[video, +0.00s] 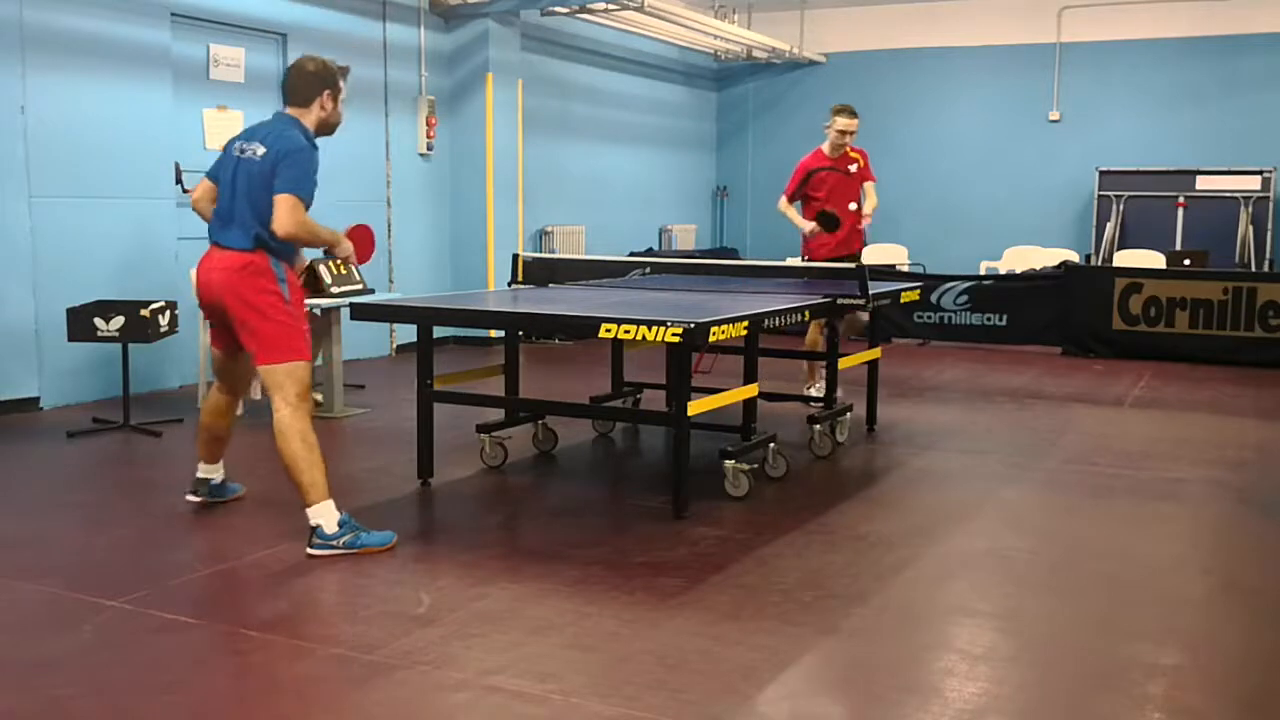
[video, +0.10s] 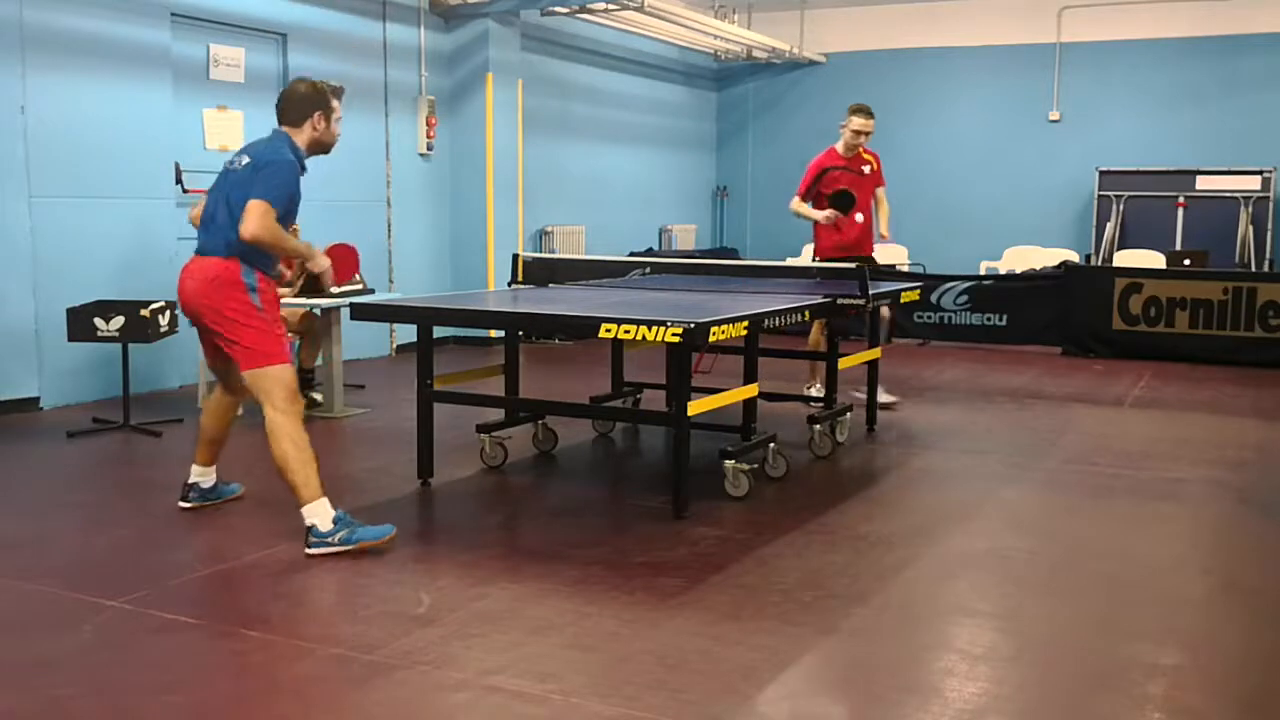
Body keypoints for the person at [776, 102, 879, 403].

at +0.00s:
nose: (846, 139)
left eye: (851, 134)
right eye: (840, 132)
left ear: (856, 133)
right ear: (828, 129)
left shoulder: (858, 157)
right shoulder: (810, 163)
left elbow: (870, 193)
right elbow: (784, 203)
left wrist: (866, 210)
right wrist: (802, 224)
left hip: (851, 252)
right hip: (820, 254)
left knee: (856, 317)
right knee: (819, 321)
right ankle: (813, 382)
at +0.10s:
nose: (861, 140)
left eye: (866, 134)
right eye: (856, 133)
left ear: (871, 134)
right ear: (843, 128)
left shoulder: (871, 160)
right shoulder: (822, 162)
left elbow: (880, 198)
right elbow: (795, 204)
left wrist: (883, 229)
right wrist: (818, 215)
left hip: (863, 256)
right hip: (829, 257)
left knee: (880, 315)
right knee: (822, 321)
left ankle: (872, 383)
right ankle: (813, 382)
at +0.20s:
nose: (876, 141)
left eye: (881, 136)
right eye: (871, 134)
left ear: (886, 136)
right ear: (858, 129)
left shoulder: (886, 164)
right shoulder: (839, 163)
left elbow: (892, 204)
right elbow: (814, 206)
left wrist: (896, 243)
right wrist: (831, 215)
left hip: (876, 258)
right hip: (842, 260)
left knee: (892, 320)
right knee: (830, 323)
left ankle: (910, 388)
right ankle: (815, 383)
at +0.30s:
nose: (889, 143)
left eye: (895, 137)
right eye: (885, 136)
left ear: (901, 137)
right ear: (872, 131)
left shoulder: (902, 166)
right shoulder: (855, 167)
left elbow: (903, 212)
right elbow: (834, 207)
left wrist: (908, 257)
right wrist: (846, 224)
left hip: (895, 264)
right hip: (860, 266)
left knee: (912, 324)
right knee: (849, 326)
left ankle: (921, 393)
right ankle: (819, 381)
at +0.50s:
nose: (910, 137)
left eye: (917, 131)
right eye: (905, 131)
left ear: (924, 130)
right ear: (895, 128)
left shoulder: (931, 161)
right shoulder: (883, 163)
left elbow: (934, 203)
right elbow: (861, 208)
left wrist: (936, 242)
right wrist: (866, 245)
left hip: (926, 259)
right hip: (894, 262)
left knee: (931, 324)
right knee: (901, 326)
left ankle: (923, 394)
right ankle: (865, 376)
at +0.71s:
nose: (912, 137)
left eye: (918, 130)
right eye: (906, 131)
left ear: (930, 126)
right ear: (900, 131)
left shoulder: (951, 161)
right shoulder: (891, 167)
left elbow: (963, 205)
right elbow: (876, 210)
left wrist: (964, 251)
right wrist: (878, 245)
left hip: (944, 259)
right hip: (909, 261)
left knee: (940, 331)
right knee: (925, 329)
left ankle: (923, 393)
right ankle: (947, 398)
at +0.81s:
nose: (908, 141)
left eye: (914, 133)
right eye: (903, 135)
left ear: (928, 128)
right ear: (898, 135)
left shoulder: (954, 162)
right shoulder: (894, 171)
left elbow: (970, 206)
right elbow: (886, 212)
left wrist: (968, 251)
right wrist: (885, 243)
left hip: (951, 261)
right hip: (915, 265)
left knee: (947, 334)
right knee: (932, 332)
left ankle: (925, 392)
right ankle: (954, 402)